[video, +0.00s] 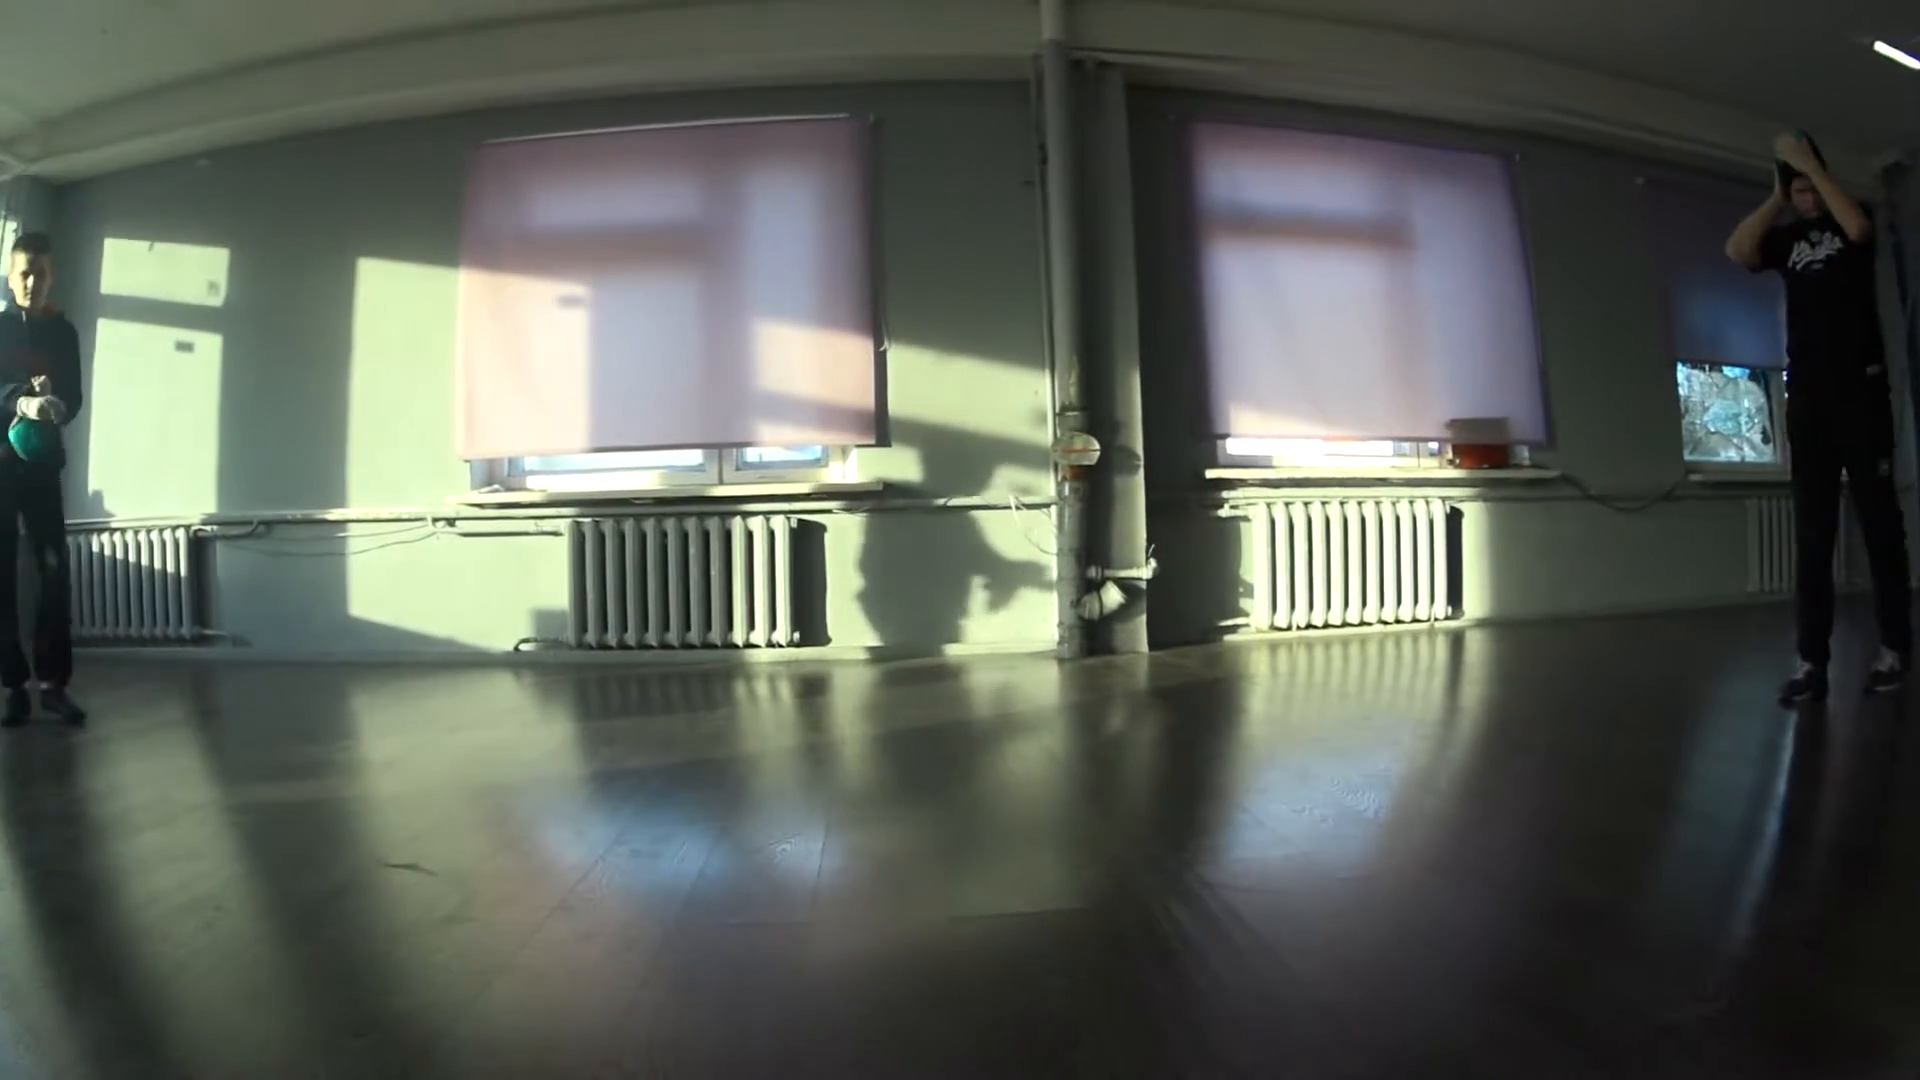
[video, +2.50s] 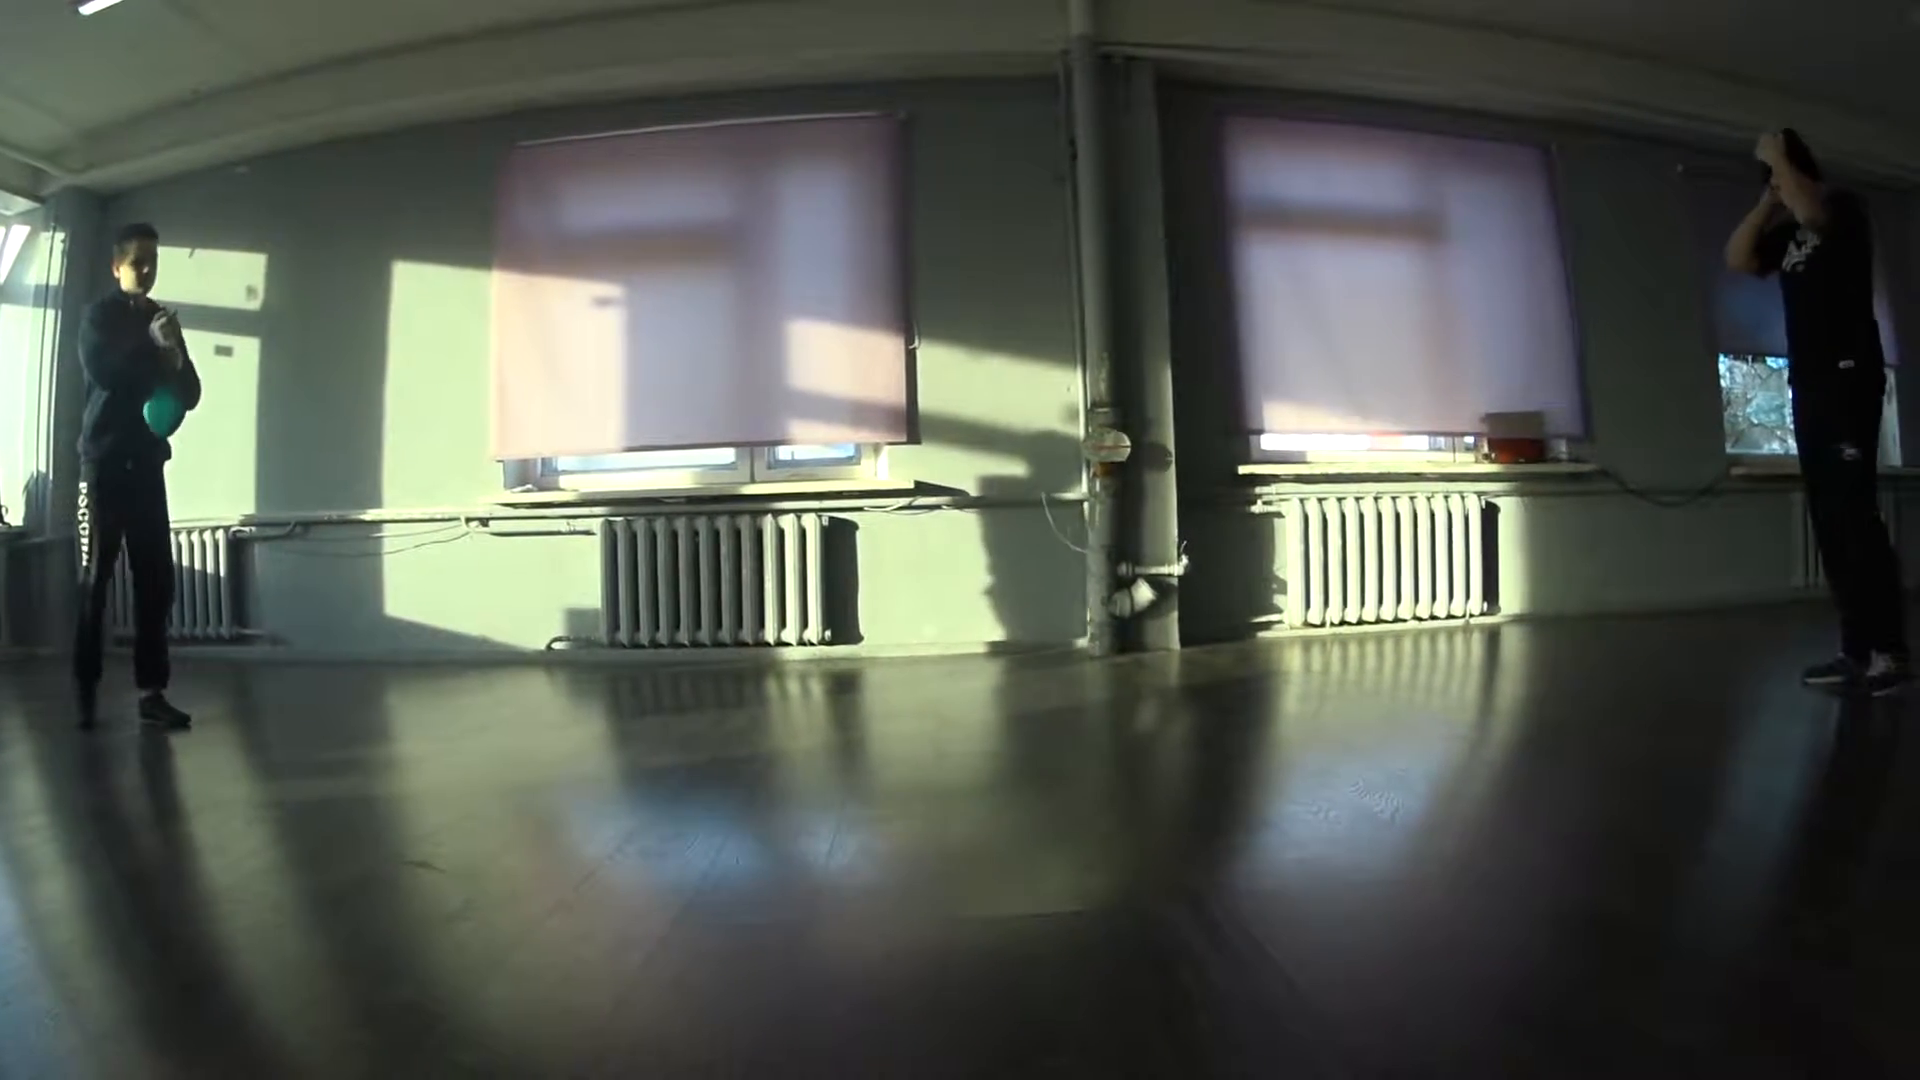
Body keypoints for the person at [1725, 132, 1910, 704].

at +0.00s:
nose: (1804, 192)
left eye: (1811, 182)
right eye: (1794, 183)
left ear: (1828, 184)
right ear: (1784, 193)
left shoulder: (1856, 222)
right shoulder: (1788, 240)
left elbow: (1857, 227)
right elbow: (1739, 251)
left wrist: (1815, 169)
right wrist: (1774, 199)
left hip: (1864, 393)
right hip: (1809, 397)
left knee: (1880, 524)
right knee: (1813, 533)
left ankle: (1895, 650)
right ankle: (1812, 663)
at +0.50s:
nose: (1898, 174)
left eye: (1902, 164)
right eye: (1897, 164)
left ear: (1913, 162)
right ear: (1906, 164)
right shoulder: (1911, 217)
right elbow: (1869, 251)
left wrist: (1907, 174)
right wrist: (1906, 195)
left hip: (1919, 391)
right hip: (1916, 388)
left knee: (1912, 520)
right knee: (1909, 517)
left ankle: (1908, 656)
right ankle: (1904, 654)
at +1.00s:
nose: (1887, 201)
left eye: (1889, 190)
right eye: (1885, 191)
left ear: (1904, 191)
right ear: (1901, 192)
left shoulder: (1916, 240)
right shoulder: (1904, 248)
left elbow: (1887, 239)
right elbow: (1871, 276)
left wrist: (1874, 183)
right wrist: (1883, 216)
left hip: (1915, 408)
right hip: (1906, 406)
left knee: (1910, 528)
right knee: (1905, 528)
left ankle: (1918, 658)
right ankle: (1914, 656)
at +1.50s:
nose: (1842, 217)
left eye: (1842, 204)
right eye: (1840, 205)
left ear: (1856, 200)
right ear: (1876, 191)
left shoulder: (1895, 224)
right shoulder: (1895, 225)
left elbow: (1847, 259)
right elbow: (1862, 280)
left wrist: (1830, 205)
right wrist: (1845, 214)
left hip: (1902, 403)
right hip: (1898, 400)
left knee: (1881, 514)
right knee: (1887, 514)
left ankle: (1917, 652)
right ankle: (1915, 651)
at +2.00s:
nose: (1820, 207)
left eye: (1820, 195)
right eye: (1818, 197)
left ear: (1833, 190)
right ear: (1857, 181)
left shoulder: (1874, 217)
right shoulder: (1876, 219)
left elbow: (1816, 242)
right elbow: (1837, 280)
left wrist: (1808, 190)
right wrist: (1818, 206)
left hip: (1887, 398)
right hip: (1886, 397)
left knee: (1892, 527)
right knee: (1892, 526)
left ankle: (1910, 655)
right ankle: (1908, 653)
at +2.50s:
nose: (1776, 185)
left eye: (1782, 175)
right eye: (1772, 178)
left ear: (1805, 172)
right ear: (1780, 181)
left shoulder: (1845, 216)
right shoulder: (1786, 237)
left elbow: (1809, 211)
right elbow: (1738, 259)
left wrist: (1779, 161)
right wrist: (1767, 199)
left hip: (1852, 383)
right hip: (1811, 387)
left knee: (1855, 516)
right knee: (1829, 519)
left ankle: (1888, 650)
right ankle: (1855, 652)